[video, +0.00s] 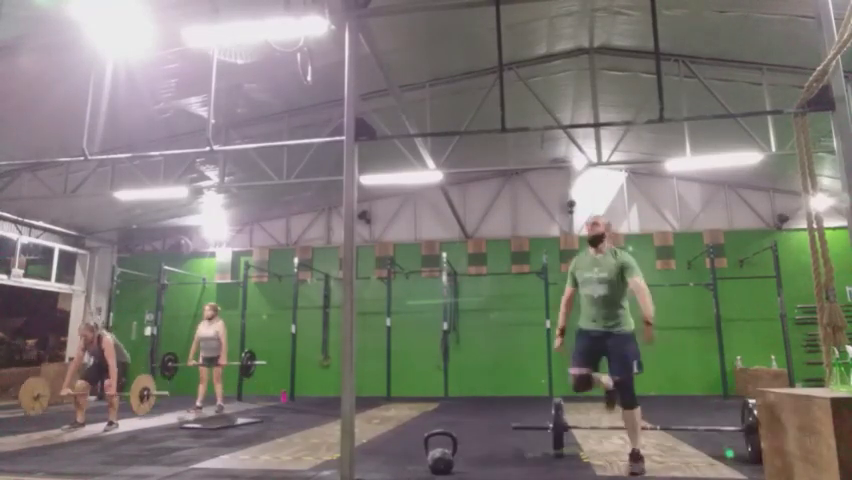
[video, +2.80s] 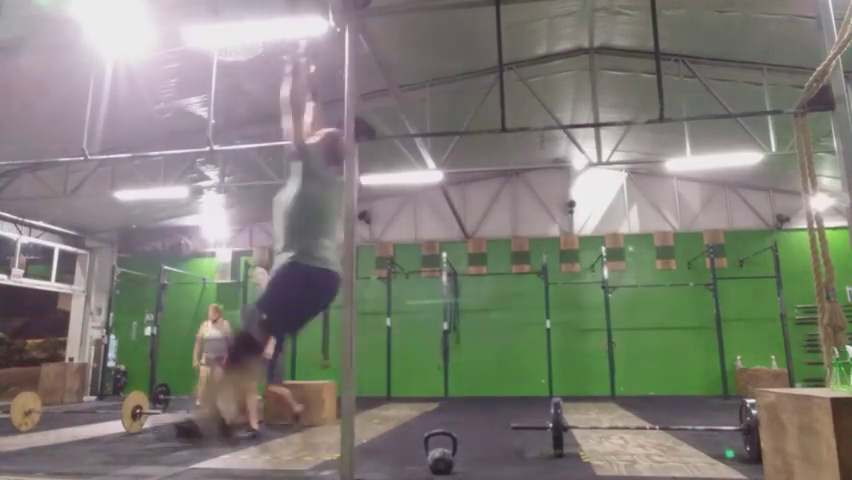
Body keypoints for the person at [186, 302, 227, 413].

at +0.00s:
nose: (206, 313)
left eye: (208, 310)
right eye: (205, 310)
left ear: (214, 312)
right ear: (204, 312)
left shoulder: (219, 324)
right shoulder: (201, 324)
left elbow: (223, 341)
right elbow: (195, 341)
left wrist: (223, 357)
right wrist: (191, 357)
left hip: (216, 353)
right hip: (203, 354)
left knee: (217, 379)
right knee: (202, 379)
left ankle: (219, 402)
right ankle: (198, 403)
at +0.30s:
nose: (199, 335)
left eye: (202, 332)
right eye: (198, 332)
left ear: (207, 333)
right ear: (197, 333)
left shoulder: (215, 342)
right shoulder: (196, 343)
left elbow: (219, 357)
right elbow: (192, 359)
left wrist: (221, 374)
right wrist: (188, 376)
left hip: (217, 362)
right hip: (205, 362)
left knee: (219, 382)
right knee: (197, 380)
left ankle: (219, 403)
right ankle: (198, 404)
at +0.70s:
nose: (207, 314)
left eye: (209, 312)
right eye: (206, 311)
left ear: (213, 313)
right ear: (203, 312)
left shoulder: (215, 328)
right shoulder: (201, 328)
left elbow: (217, 345)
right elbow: (195, 344)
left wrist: (218, 357)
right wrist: (192, 357)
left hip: (213, 358)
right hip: (203, 359)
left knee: (211, 381)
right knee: (202, 380)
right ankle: (199, 401)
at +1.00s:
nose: (198, 335)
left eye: (201, 333)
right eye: (197, 333)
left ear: (207, 334)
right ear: (195, 333)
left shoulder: (215, 342)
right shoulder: (196, 343)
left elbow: (220, 362)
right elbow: (191, 361)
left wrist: (219, 378)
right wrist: (186, 378)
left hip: (220, 360)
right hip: (205, 361)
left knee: (218, 381)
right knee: (196, 378)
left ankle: (219, 404)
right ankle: (198, 404)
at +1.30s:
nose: (201, 318)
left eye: (204, 316)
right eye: (200, 316)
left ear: (210, 317)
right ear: (199, 317)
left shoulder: (216, 328)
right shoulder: (198, 329)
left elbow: (222, 345)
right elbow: (194, 346)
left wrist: (223, 362)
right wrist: (190, 362)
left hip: (217, 355)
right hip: (204, 355)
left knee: (218, 378)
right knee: (201, 376)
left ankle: (219, 402)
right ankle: (198, 403)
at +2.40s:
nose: (198, 332)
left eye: (201, 329)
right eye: (197, 329)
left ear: (207, 330)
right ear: (196, 330)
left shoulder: (215, 338)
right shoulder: (196, 340)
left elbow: (219, 356)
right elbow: (191, 357)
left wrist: (220, 375)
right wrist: (187, 373)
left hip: (218, 359)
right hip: (205, 360)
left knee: (219, 381)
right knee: (197, 379)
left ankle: (219, 403)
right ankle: (198, 404)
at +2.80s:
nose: (212, 315)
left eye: (214, 313)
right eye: (210, 313)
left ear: (219, 313)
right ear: (208, 314)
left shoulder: (225, 325)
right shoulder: (205, 325)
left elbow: (229, 342)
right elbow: (198, 341)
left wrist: (227, 357)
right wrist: (195, 358)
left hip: (220, 356)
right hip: (207, 355)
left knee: (218, 380)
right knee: (203, 378)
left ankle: (216, 400)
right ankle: (199, 398)